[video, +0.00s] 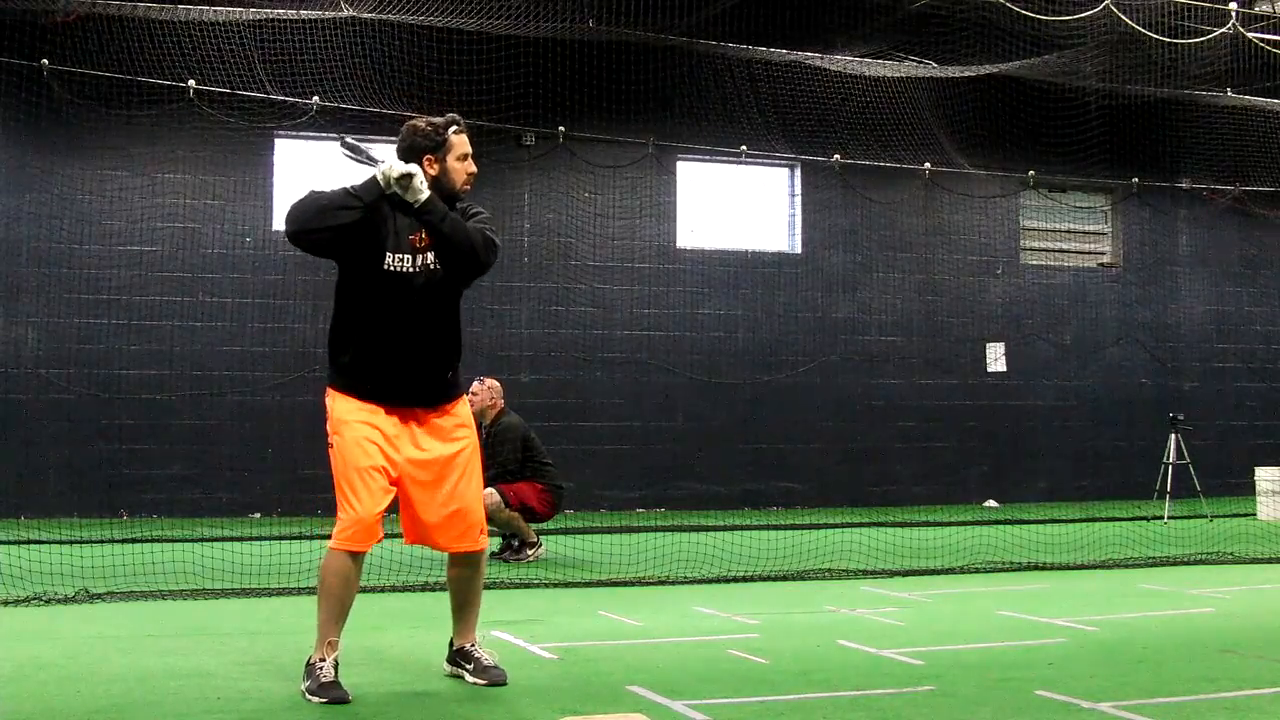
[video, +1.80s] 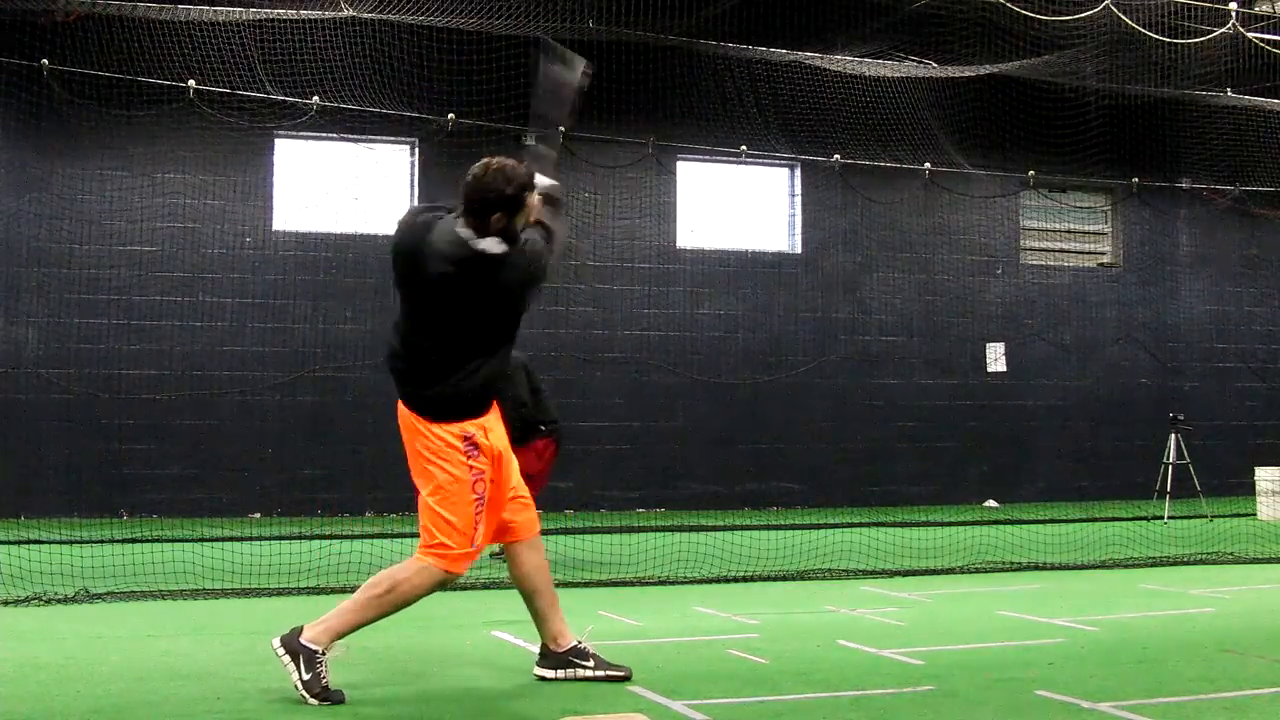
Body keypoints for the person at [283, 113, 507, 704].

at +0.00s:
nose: (472, 166)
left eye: (470, 157)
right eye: (463, 157)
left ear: (442, 164)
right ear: (429, 163)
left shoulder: (465, 224)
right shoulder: (366, 215)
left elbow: (476, 257)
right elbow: (298, 224)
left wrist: (425, 198)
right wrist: (375, 185)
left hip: (441, 405)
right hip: (362, 402)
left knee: (468, 531)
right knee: (358, 523)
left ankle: (464, 647)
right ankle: (324, 658)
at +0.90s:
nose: (472, 192)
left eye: (473, 182)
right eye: (464, 183)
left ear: (440, 187)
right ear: (429, 187)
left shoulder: (462, 244)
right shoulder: (360, 222)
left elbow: (460, 313)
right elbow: (287, 272)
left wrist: (406, 275)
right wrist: (358, 245)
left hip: (428, 416)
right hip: (349, 411)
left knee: (451, 532)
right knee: (358, 525)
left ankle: (434, 650)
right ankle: (323, 659)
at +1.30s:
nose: (486, 216)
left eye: (486, 205)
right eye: (476, 206)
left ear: (450, 208)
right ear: (439, 209)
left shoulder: (474, 264)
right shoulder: (376, 234)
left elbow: (442, 338)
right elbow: (285, 255)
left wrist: (354, 320)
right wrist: (322, 273)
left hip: (449, 409)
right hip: (365, 416)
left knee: (519, 494)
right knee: (356, 530)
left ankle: (511, 619)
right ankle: (325, 659)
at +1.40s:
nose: (494, 225)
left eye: (494, 213)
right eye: (484, 215)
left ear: (471, 215)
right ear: (446, 218)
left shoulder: (484, 275)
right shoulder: (386, 244)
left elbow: (430, 331)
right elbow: (292, 240)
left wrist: (346, 292)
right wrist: (328, 244)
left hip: (470, 418)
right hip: (385, 423)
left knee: (541, 515)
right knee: (366, 533)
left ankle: (548, 641)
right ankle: (324, 658)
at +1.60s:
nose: (512, 232)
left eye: (512, 222)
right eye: (503, 225)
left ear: (497, 218)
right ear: (468, 226)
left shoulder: (499, 249)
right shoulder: (430, 282)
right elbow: (453, 374)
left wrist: (552, 346)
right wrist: (519, 374)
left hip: (484, 420)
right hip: (434, 427)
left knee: (530, 523)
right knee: (450, 557)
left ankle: (558, 648)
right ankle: (324, 637)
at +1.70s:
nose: (520, 229)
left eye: (519, 221)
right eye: (513, 223)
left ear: (466, 217)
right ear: (484, 226)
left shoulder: (447, 232)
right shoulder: (454, 273)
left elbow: (536, 260)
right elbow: (541, 311)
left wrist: (601, 279)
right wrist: (613, 301)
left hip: (471, 408)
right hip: (437, 419)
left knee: (510, 532)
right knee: (450, 554)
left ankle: (555, 647)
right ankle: (321, 637)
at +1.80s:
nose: (534, 211)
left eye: (532, 201)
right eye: (529, 205)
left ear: (470, 206)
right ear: (509, 218)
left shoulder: (417, 231)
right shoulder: (517, 267)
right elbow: (545, 230)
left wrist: (513, 206)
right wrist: (544, 198)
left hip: (476, 413)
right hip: (445, 423)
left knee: (520, 524)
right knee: (444, 559)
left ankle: (560, 648)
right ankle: (309, 641)